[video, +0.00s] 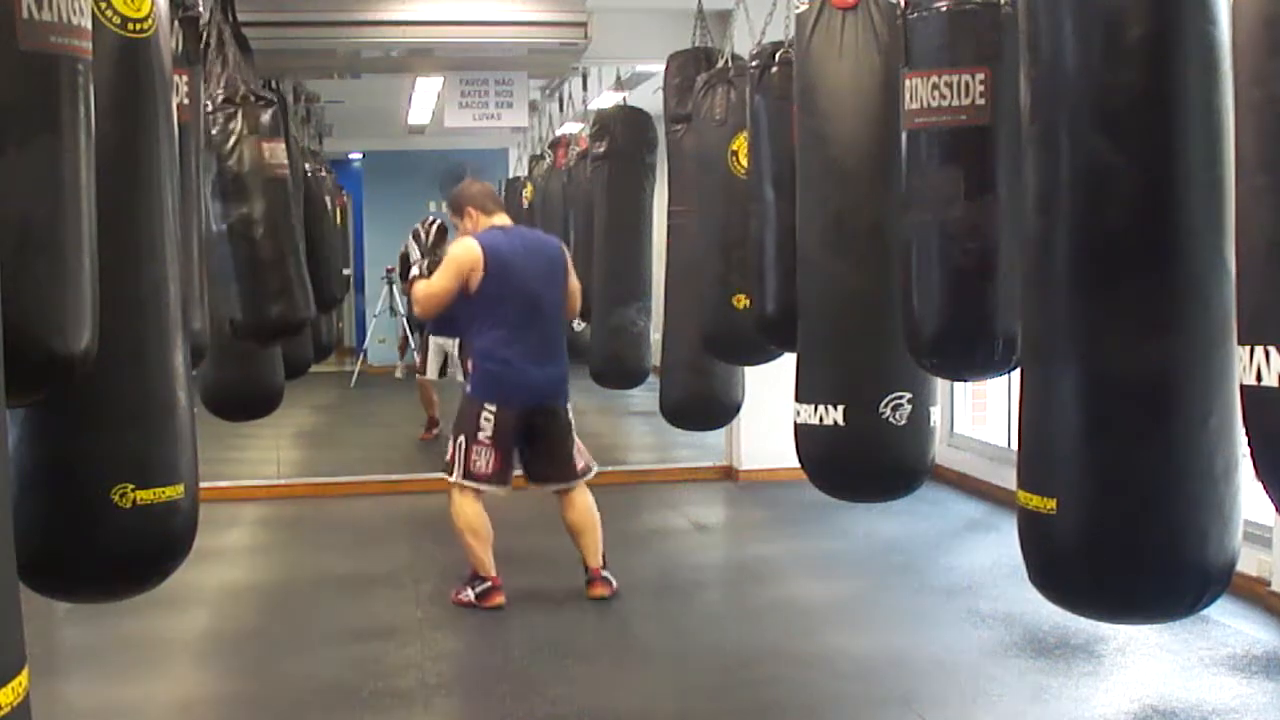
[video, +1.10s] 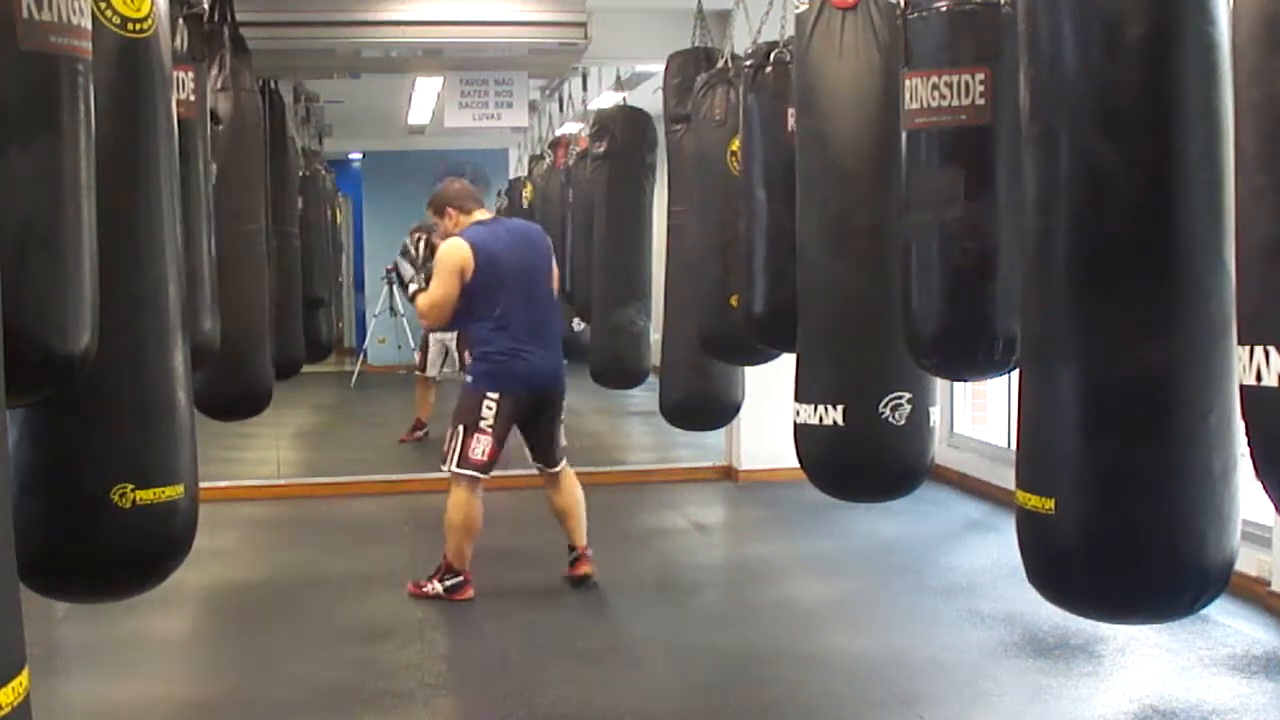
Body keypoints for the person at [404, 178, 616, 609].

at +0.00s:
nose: (460, 230)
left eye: (458, 224)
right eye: (458, 224)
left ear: (470, 215)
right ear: (501, 209)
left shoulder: (468, 249)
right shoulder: (554, 247)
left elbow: (426, 304)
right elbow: (572, 308)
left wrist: (417, 276)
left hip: (494, 388)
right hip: (550, 388)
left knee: (464, 487)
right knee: (570, 484)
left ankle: (486, 581)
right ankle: (598, 573)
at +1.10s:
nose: (440, 233)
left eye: (438, 225)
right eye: (437, 227)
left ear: (452, 214)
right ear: (481, 206)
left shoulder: (457, 247)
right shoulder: (538, 235)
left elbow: (434, 316)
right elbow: (551, 292)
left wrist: (415, 281)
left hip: (496, 374)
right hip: (548, 370)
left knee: (466, 477)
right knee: (555, 467)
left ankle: (454, 573)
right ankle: (581, 555)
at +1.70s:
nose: (435, 257)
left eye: (434, 252)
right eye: (432, 254)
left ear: (446, 240)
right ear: (474, 237)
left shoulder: (447, 261)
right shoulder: (520, 269)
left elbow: (415, 326)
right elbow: (514, 329)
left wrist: (412, 291)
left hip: (480, 391)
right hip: (531, 392)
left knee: (404, 468)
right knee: (540, 482)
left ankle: (428, 565)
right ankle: (576, 564)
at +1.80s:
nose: (413, 278)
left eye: (411, 271)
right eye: (409, 273)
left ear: (423, 254)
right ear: (440, 249)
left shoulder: (440, 277)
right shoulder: (485, 274)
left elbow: (404, 335)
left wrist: (390, 306)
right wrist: (410, 297)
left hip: (472, 405)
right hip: (513, 403)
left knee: (386, 477)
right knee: (524, 488)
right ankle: (575, 560)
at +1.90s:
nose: (366, 278)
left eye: (366, 269)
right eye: (363, 270)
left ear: (386, 258)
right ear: (396, 254)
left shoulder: (415, 290)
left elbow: (418, 361)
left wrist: (371, 347)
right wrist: (363, 413)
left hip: (439, 420)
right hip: (478, 416)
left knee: (349, 478)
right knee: (513, 495)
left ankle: (326, 581)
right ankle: (577, 559)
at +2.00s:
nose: (333, 262)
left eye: (332, 254)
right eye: (332, 256)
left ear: (342, 248)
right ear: (372, 242)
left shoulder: (357, 274)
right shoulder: (420, 271)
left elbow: (358, 340)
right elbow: (422, 339)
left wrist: (308, 341)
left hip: (392, 409)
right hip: (443, 406)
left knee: (310, 476)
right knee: (484, 484)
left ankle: (318, 582)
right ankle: (548, 555)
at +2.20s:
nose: (297, 243)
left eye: (299, 238)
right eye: (300, 238)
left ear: (306, 239)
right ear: (344, 242)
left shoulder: (285, 259)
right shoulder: (379, 277)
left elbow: (223, 301)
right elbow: (414, 332)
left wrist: (229, 279)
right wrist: (434, 362)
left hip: (309, 407)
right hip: (367, 409)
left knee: (254, 492)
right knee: (405, 486)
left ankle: (260, 591)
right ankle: (459, 559)